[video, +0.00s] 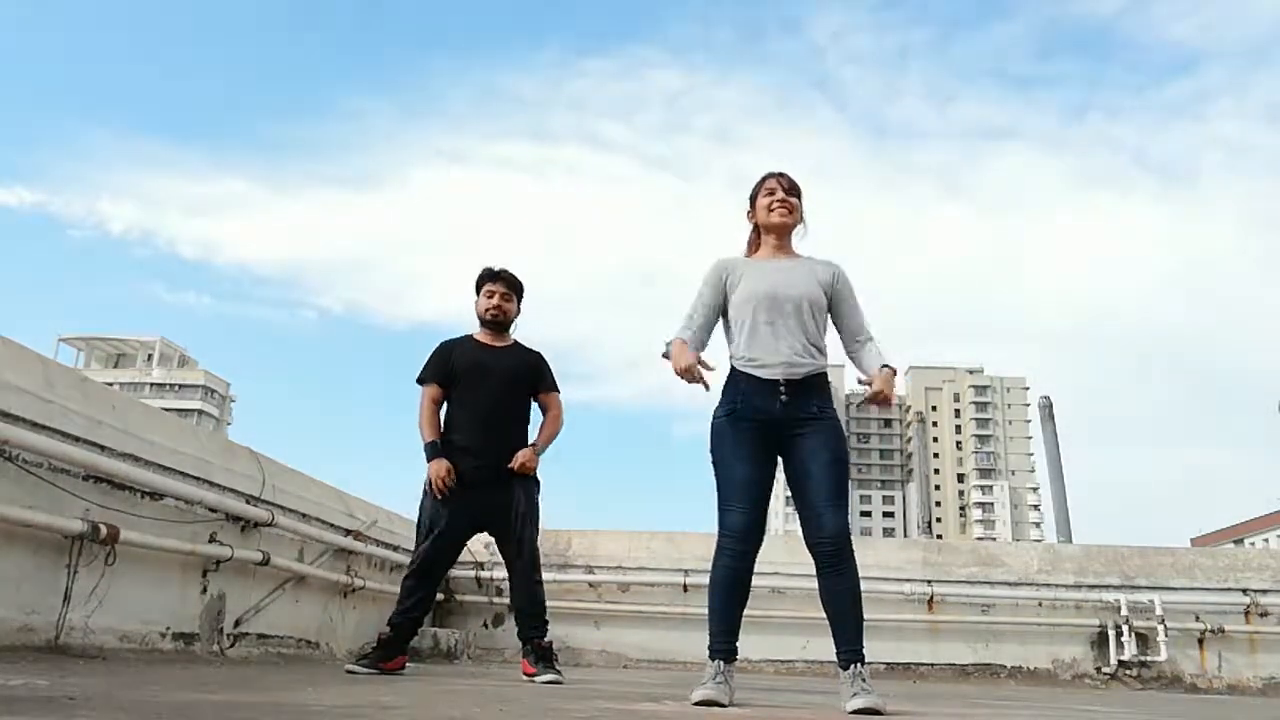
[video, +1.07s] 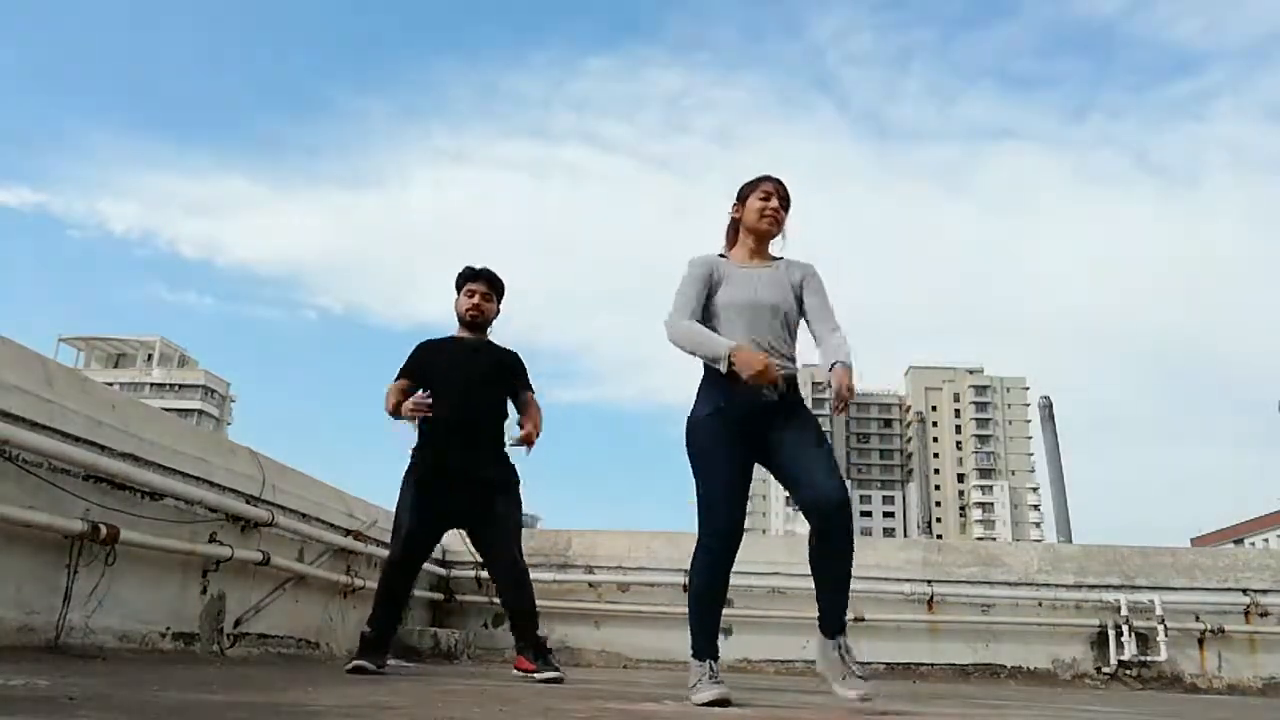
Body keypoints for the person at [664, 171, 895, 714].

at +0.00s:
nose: (781, 199)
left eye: (790, 194)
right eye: (770, 194)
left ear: (801, 214)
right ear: (752, 213)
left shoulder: (826, 272)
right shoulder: (728, 270)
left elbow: (859, 342)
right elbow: (689, 334)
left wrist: (881, 371)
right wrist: (680, 351)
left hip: (813, 409)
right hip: (743, 408)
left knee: (831, 537)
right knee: (738, 534)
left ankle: (855, 672)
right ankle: (719, 668)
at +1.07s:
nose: (773, 206)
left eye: (781, 202)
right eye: (762, 197)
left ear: (785, 221)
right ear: (738, 211)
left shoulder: (800, 274)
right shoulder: (705, 267)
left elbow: (828, 331)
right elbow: (678, 326)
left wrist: (839, 365)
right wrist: (732, 351)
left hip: (785, 411)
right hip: (721, 411)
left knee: (833, 506)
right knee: (719, 534)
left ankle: (832, 642)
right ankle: (704, 666)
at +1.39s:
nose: (783, 207)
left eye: (791, 204)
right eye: (774, 197)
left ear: (791, 220)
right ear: (746, 206)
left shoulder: (792, 279)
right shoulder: (714, 256)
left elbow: (791, 360)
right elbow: (675, 326)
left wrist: (836, 360)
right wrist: (629, 277)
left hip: (787, 400)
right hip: (730, 396)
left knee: (863, 454)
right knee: (724, 532)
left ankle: (814, 556)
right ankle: (706, 665)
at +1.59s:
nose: (794, 224)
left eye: (800, 220)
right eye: (783, 215)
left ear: (802, 237)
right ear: (755, 224)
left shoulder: (811, 293)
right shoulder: (732, 265)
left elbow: (850, 350)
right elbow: (736, 316)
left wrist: (893, 334)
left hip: (802, 418)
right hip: (745, 410)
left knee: (862, 533)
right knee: (748, 541)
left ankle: (901, 666)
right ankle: (709, 669)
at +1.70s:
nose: (811, 238)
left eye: (815, 234)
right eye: (798, 230)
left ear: (816, 254)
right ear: (770, 246)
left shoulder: (817, 304)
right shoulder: (763, 287)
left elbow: (854, 324)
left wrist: (903, 317)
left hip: (814, 436)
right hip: (762, 431)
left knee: (888, 543)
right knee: (782, 566)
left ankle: (911, 679)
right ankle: (714, 666)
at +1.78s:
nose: (821, 230)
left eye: (827, 228)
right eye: (809, 222)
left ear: (826, 248)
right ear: (779, 235)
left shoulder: (827, 300)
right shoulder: (768, 275)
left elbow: (893, 337)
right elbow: (816, 325)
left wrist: (908, 311)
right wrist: (904, 342)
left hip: (827, 430)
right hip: (773, 422)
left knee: (894, 539)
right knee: (782, 560)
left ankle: (912, 680)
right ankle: (715, 664)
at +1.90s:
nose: (831, 212)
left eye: (837, 209)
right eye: (820, 203)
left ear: (837, 228)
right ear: (790, 214)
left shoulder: (836, 290)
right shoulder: (772, 246)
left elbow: (907, 336)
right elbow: (773, 266)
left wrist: (912, 304)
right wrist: (855, 293)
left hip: (840, 410)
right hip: (781, 399)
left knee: (890, 535)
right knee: (769, 541)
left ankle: (911, 679)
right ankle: (712, 665)